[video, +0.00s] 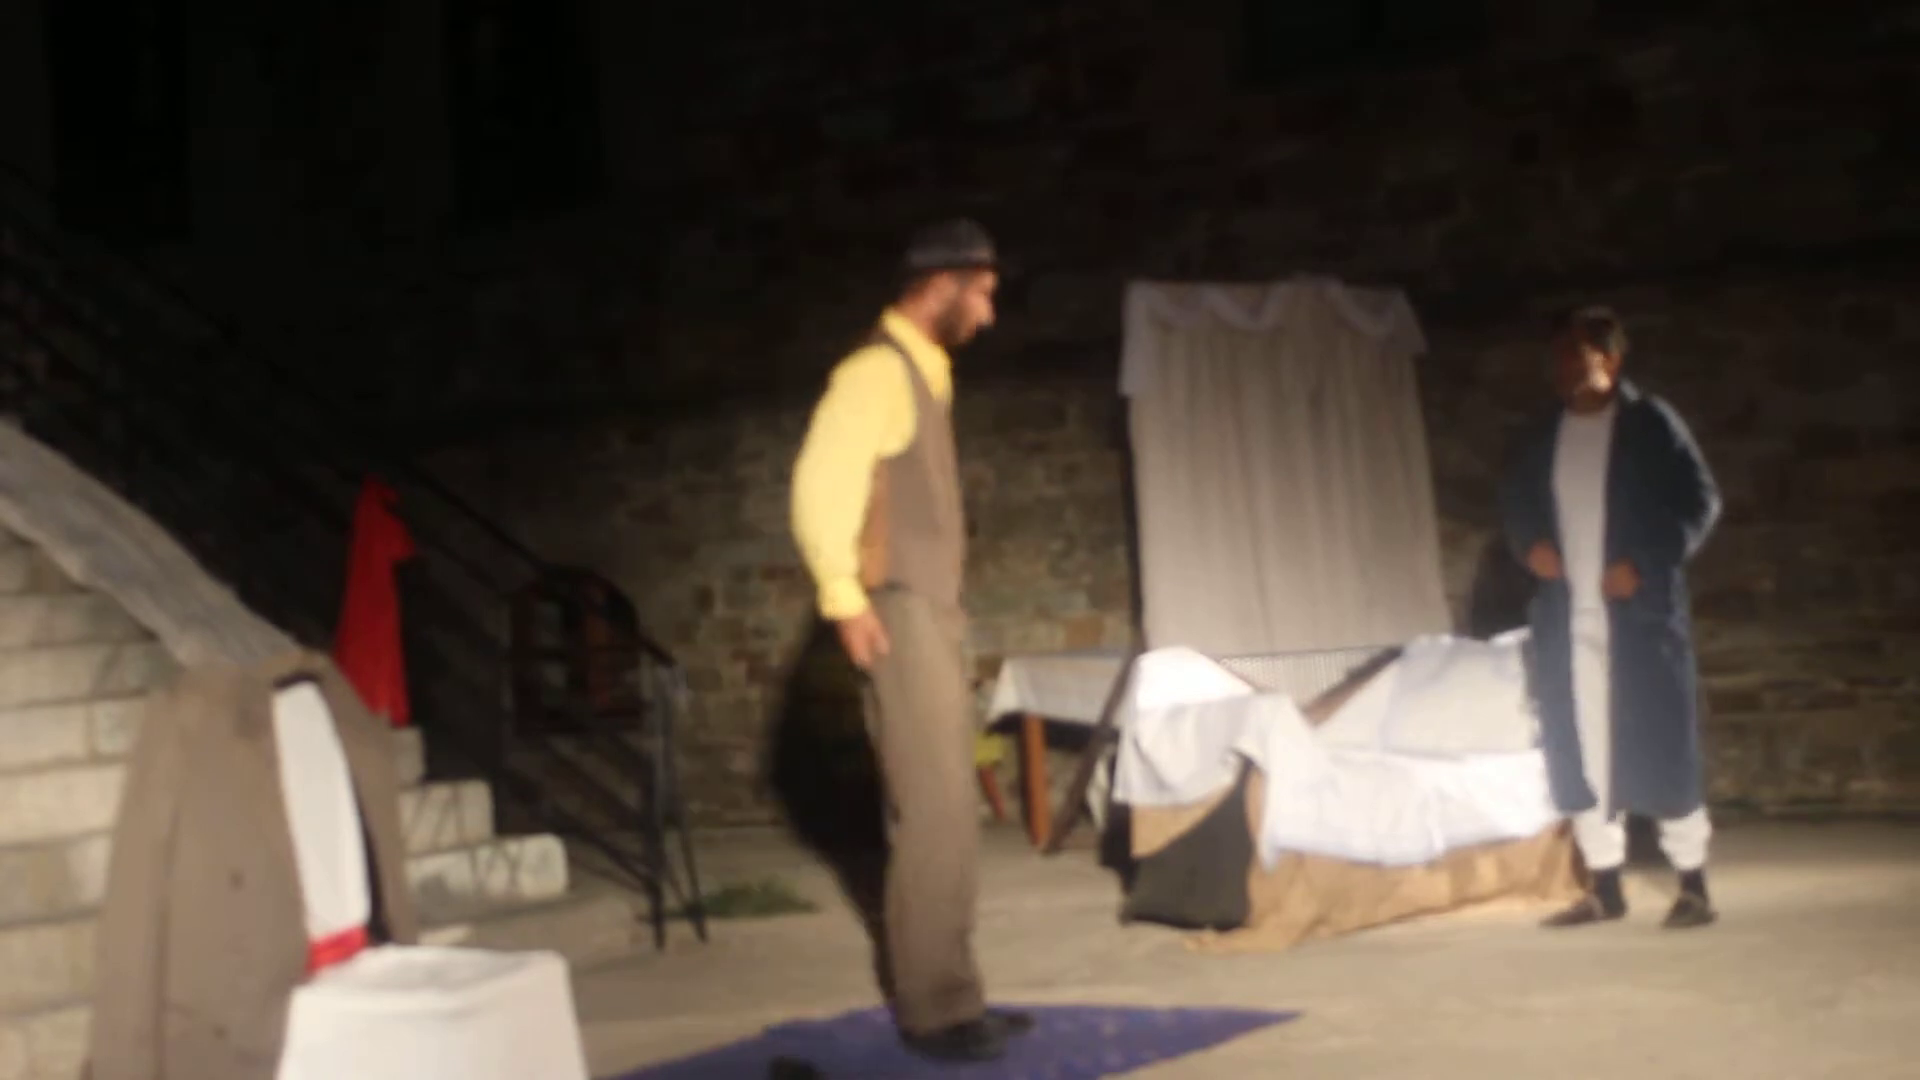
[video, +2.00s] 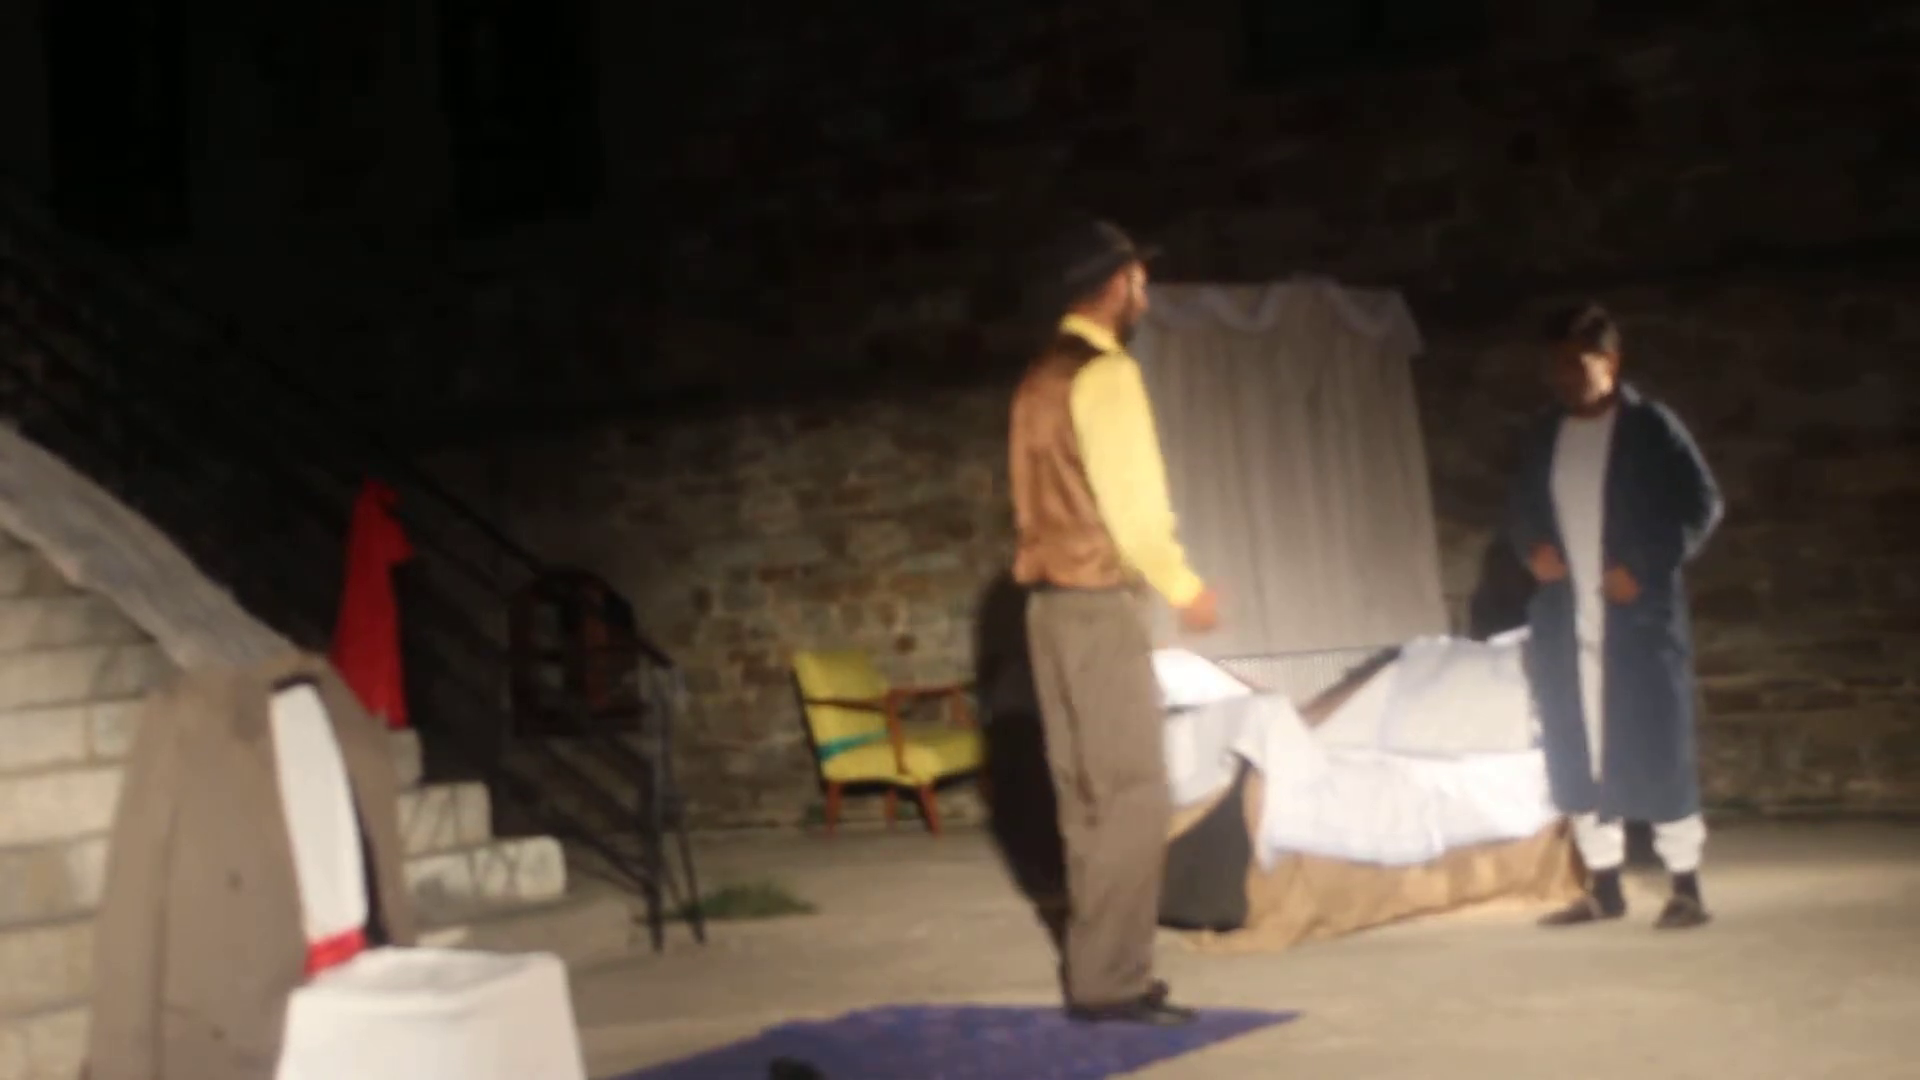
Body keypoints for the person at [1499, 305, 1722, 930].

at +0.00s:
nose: (1579, 369)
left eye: (1589, 357)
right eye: (1570, 358)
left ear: (1614, 359)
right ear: (1557, 364)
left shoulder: (1652, 422)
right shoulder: (1538, 435)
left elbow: (1699, 505)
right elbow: (1514, 500)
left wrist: (1644, 565)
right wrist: (1531, 543)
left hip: (1642, 619)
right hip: (1565, 620)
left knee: (1664, 742)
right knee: (1578, 746)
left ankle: (1693, 886)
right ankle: (1605, 889)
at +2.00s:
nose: (1576, 375)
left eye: (1586, 361)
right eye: (1566, 364)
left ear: (1613, 361)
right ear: (1554, 369)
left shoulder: (1652, 427)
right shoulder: (1540, 436)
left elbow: (1702, 507)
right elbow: (1519, 507)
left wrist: (1643, 569)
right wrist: (1535, 547)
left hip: (1641, 620)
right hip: (1564, 622)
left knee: (1659, 744)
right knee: (1578, 747)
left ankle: (1685, 887)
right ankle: (1604, 888)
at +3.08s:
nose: (1574, 437)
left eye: (1581, 425)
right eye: (1562, 431)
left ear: (1601, 399)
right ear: (1543, 421)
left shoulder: (1647, 428)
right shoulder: (1534, 452)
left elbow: (1713, 499)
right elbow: (1515, 518)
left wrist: (1679, 573)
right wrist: (1509, 570)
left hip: (1648, 629)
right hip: (1574, 634)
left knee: (1667, 750)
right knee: (1567, 756)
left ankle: (1681, 888)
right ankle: (1596, 889)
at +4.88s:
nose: (1526, 400)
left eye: (1538, 387)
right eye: (1516, 386)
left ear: (1559, 377)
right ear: (1497, 379)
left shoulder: (1589, 429)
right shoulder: (1466, 433)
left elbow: (1634, 504)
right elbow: (1430, 509)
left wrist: (1591, 563)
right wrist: (1467, 559)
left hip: (1573, 632)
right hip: (1495, 634)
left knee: (1592, 752)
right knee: (1504, 757)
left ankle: (1616, 885)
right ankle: (1517, 893)